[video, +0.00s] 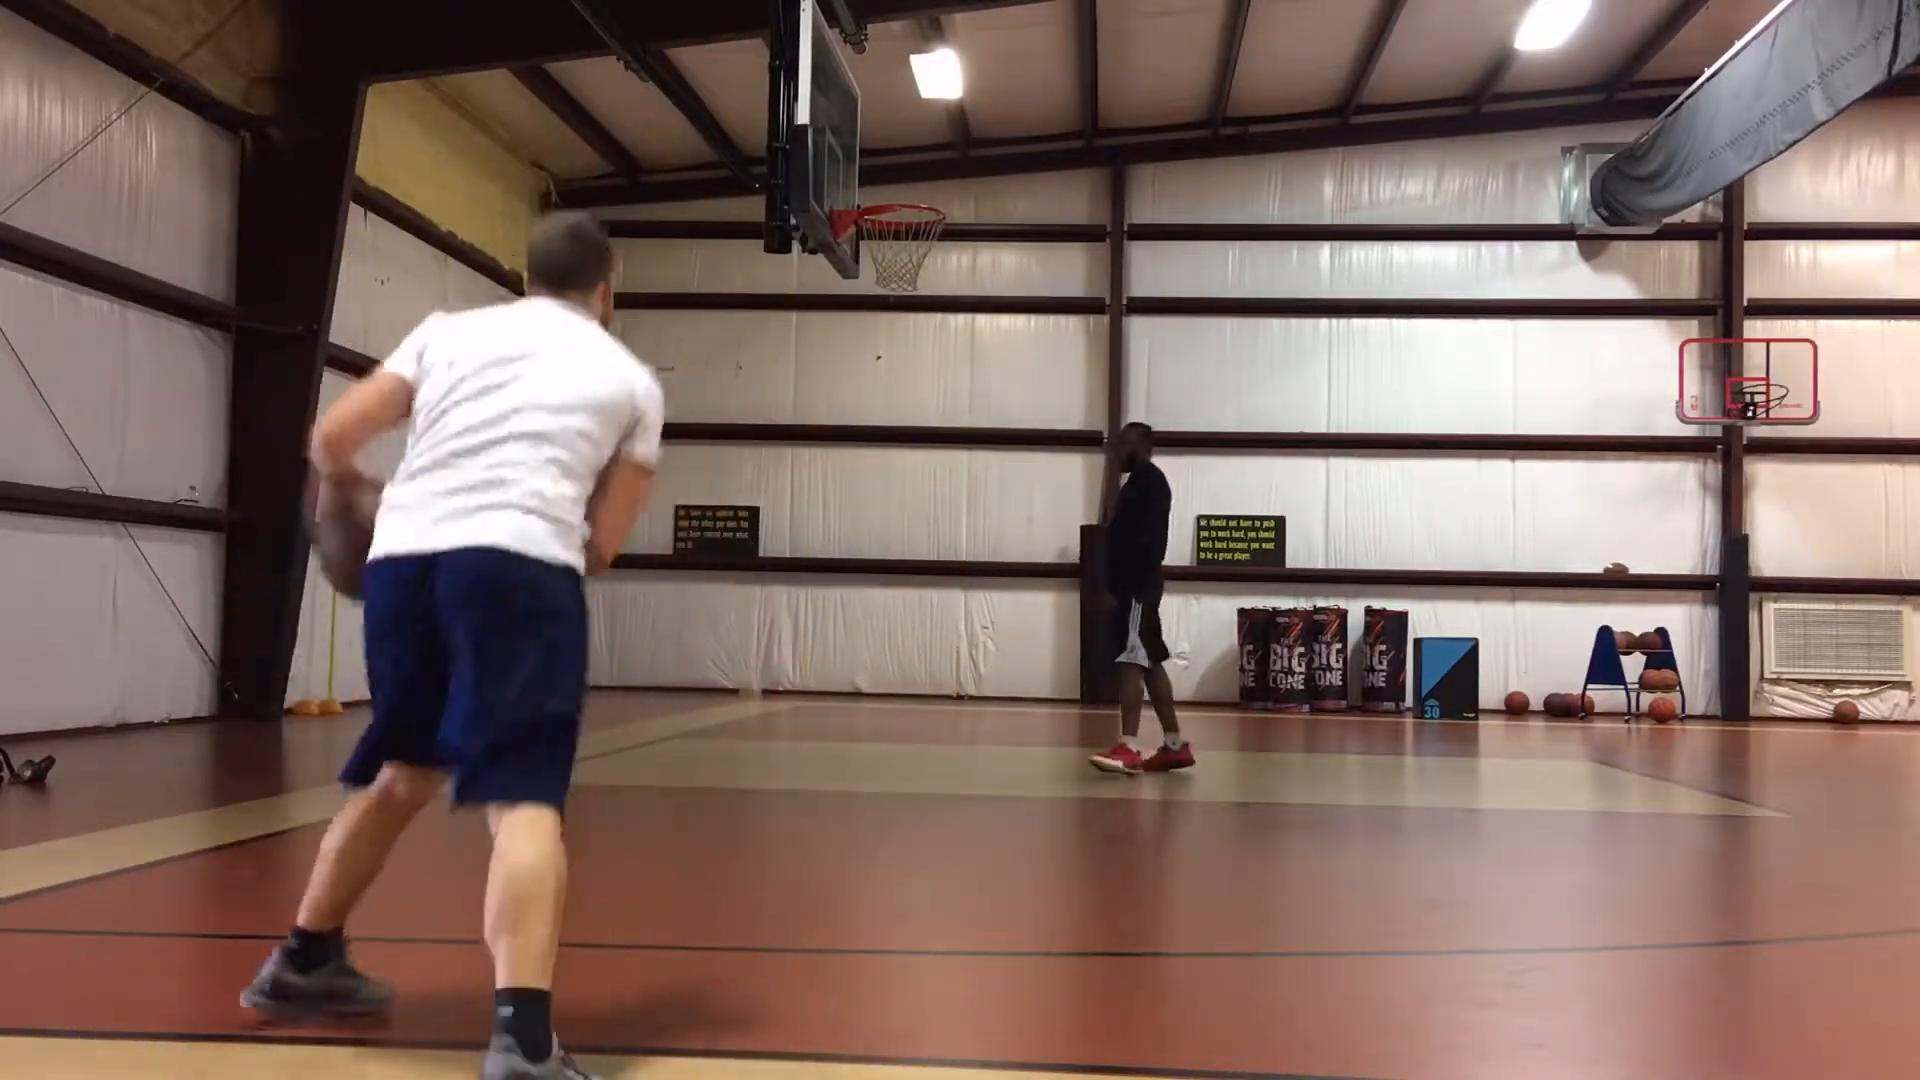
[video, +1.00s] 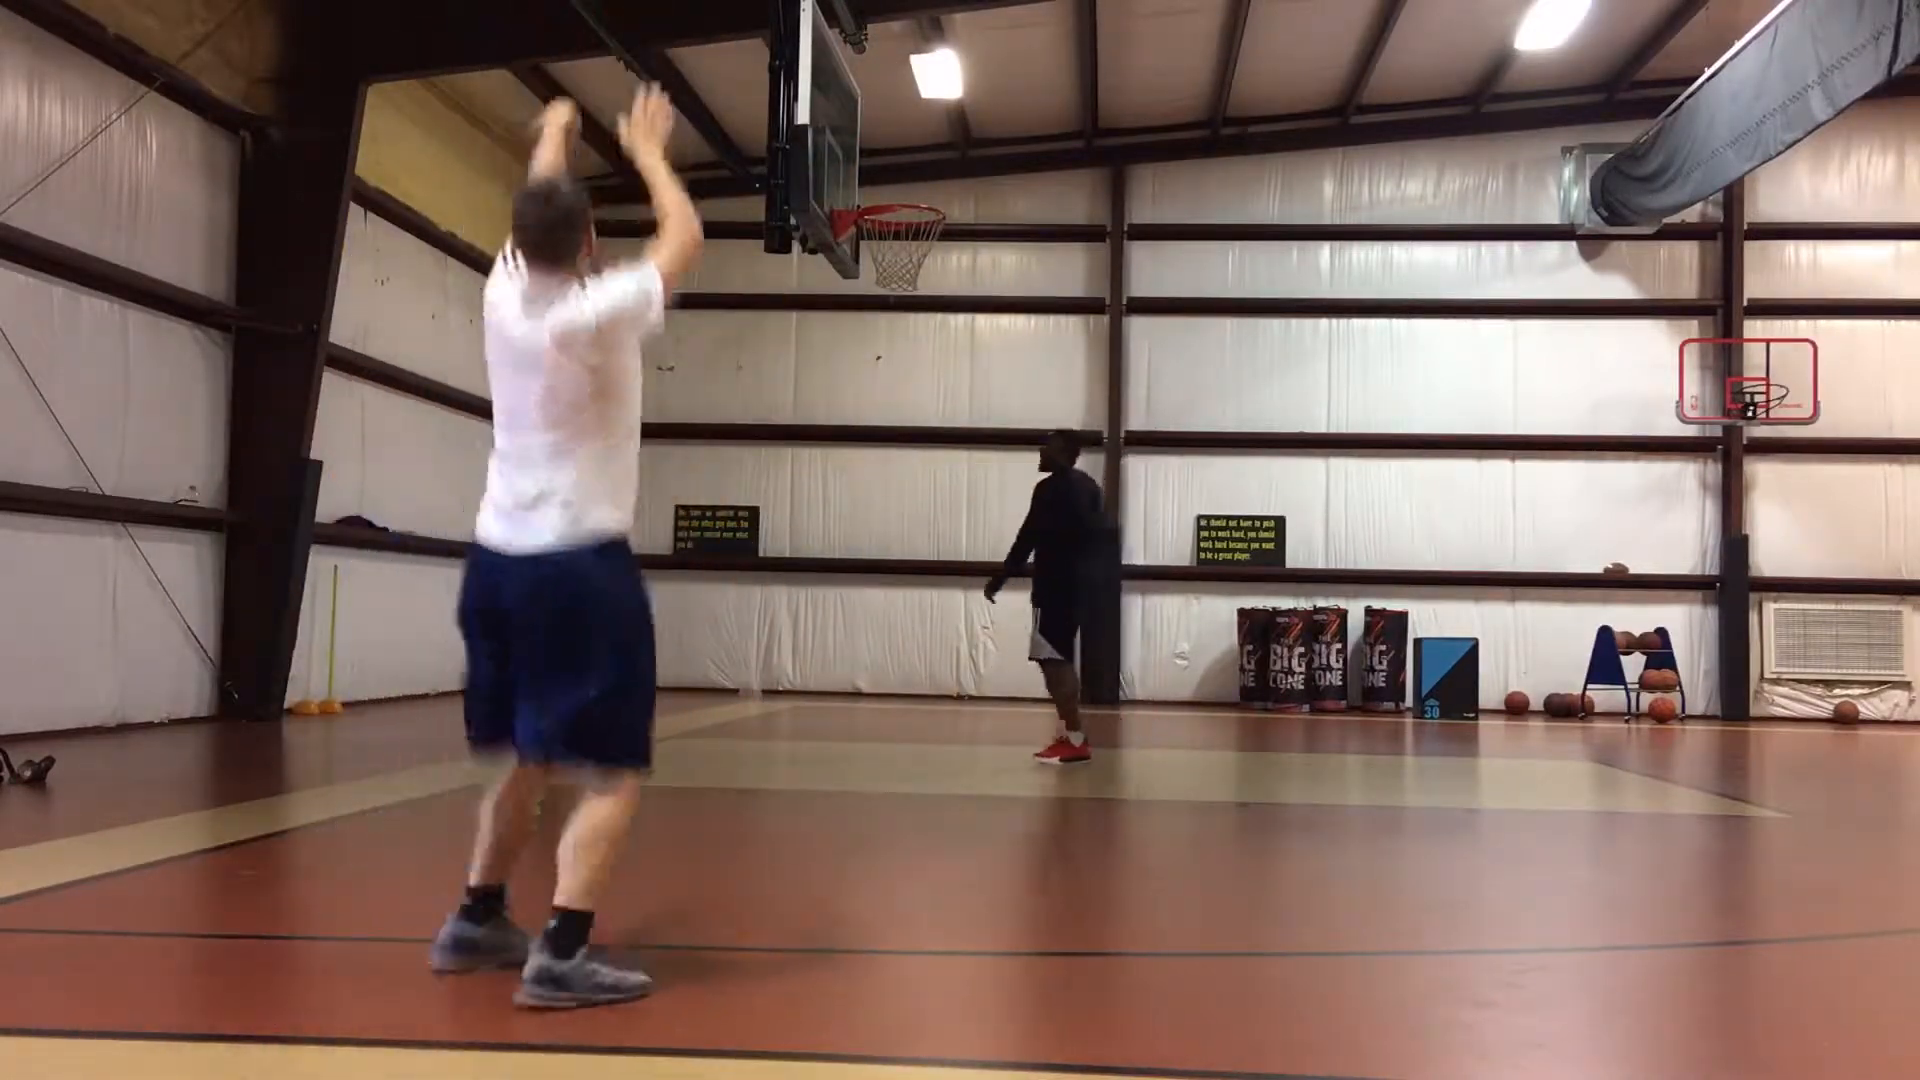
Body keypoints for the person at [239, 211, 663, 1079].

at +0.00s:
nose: (616, 302)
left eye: (608, 292)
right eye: (618, 292)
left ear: (528, 279)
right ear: (606, 291)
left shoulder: (447, 330)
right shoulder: (631, 380)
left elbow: (333, 435)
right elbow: (603, 543)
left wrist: (349, 491)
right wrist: (526, 534)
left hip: (402, 563)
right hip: (519, 570)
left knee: (403, 767)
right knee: (527, 798)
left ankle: (305, 957)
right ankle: (523, 1040)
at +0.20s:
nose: (587, 364)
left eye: (583, 356)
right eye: (588, 355)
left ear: (502, 345)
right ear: (576, 356)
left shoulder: (432, 393)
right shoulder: (589, 413)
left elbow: (376, 498)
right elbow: (583, 571)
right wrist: (575, 634)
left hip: (341, 571)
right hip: (463, 579)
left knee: (399, 770)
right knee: (551, 784)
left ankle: (295, 964)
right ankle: (521, 943)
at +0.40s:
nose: (565, 318)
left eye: (559, 306)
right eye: (564, 307)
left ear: (481, 312)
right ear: (553, 314)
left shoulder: (440, 372)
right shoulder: (564, 382)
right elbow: (657, 475)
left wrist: (553, 361)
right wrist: (667, 375)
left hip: (361, 613)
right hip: (466, 616)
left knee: (417, 814)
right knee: (539, 813)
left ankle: (309, 960)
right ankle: (483, 978)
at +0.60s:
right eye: (556, 118)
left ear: (485, 137)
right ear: (556, 133)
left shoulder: (468, 196)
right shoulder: (572, 197)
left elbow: (515, 128)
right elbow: (657, 111)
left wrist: (544, 49)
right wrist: (648, 26)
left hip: (437, 448)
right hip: (534, 452)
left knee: (410, 670)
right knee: (542, 674)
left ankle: (352, 874)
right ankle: (537, 874)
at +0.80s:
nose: (572, 95)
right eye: (570, 88)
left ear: (499, 102)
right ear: (571, 98)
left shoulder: (487, 155)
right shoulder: (591, 161)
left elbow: (530, 84)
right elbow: (660, 75)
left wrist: (561, 14)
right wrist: (630, 9)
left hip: (475, 417)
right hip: (566, 423)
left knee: (478, 628)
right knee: (579, 636)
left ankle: (430, 823)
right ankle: (578, 841)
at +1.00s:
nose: (598, 234)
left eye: (572, 225)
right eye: (593, 225)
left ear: (523, 237)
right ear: (590, 237)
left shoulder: (504, 296)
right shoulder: (609, 307)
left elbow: (531, 213)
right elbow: (682, 233)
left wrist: (551, 145)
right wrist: (651, 153)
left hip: (499, 563)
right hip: (585, 568)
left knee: (524, 757)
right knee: (616, 773)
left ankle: (477, 917)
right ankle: (560, 955)